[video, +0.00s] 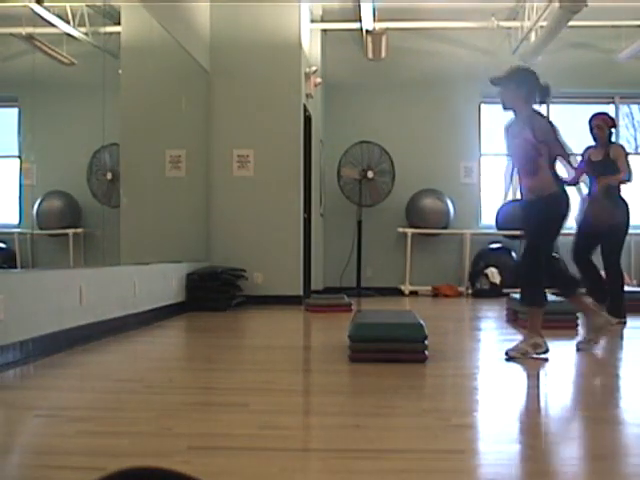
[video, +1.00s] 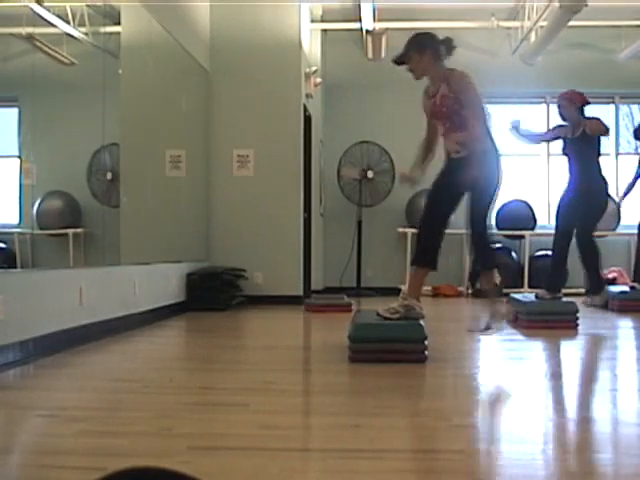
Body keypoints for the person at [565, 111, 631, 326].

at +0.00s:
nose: (597, 131)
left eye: (601, 127)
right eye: (594, 128)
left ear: (609, 128)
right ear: (591, 130)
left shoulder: (617, 149)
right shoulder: (589, 153)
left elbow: (626, 175)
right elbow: (575, 178)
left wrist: (605, 180)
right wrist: (561, 180)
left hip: (614, 207)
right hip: (593, 207)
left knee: (611, 259)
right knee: (580, 254)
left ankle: (616, 311)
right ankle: (602, 297)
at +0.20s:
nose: (586, 130)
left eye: (590, 127)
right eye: (583, 128)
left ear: (600, 128)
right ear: (580, 131)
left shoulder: (608, 148)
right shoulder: (580, 149)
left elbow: (604, 162)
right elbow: (558, 164)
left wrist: (579, 152)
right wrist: (545, 156)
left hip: (607, 210)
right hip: (585, 208)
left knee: (609, 259)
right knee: (559, 230)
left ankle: (617, 312)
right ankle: (562, 282)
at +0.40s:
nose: (568, 125)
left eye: (571, 120)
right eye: (564, 122)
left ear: (579, 121)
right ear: (561, 124)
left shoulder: (589, 140)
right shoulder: (560, 145)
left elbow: (597, 158)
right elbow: (542, 160)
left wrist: (574, 166)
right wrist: (532, 161)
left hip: (593, 201)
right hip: (571, 200)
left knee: (593, 251)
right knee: (553, 235)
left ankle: (610, 305)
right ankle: (552, 288)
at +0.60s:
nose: (553, 112)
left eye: (557, 107)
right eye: (551, 108)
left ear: (567, 108)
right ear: (549, 111)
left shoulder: (585, 130)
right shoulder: (549, 136)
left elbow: (611, 152)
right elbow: (544, 159)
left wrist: (603, 179)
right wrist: (542, 181)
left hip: (587, 188)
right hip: (564, 188)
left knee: (568, 229)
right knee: (556, 236)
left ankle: (576, 282)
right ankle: (553, 287)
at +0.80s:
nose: (544, 111)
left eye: (548, 107)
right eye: (545, 107)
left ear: (561, 111)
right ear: (556, 111)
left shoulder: (584, 128)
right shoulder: (551, 134)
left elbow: (612, 149)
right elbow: (546, 162)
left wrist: (606, 174)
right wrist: (543, 182)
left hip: (585, 189)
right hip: (562, 190)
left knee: (566, 233)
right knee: (555, 235)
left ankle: (557, 286)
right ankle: (551, 285)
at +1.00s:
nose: (560, 111)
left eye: (564, 107)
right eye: (559, 107)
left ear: (576, 107)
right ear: (562, 109)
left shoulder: (593, 124)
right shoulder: (563, 130)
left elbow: (603, 131)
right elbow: (539, 138)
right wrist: (518, 132)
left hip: (595, 189)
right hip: (573, 190)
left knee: (584, 235)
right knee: (561, 237)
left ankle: (597, 290)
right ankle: (552, 288)